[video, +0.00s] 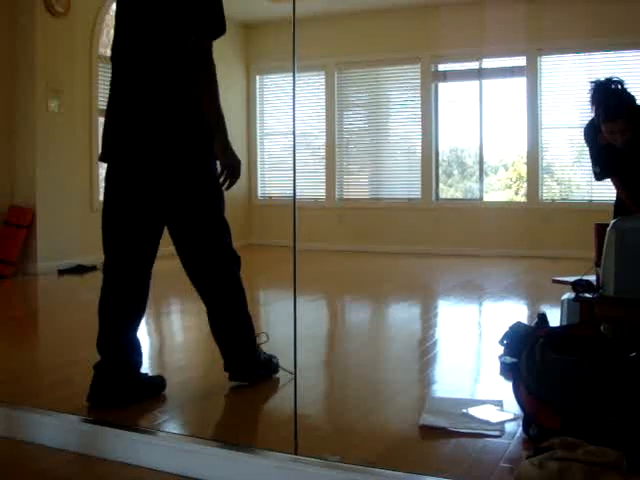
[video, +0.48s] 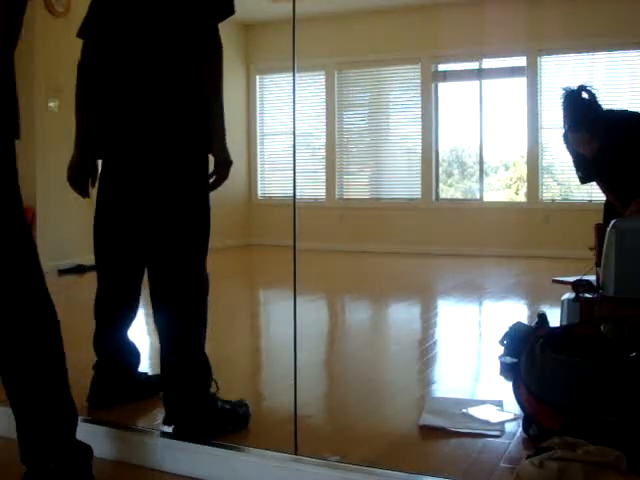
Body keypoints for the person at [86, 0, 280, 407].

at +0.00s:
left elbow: (124, 65)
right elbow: (200, 71)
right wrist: (223, 143)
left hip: (130, 149)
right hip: (183, 150)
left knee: (125, 269)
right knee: (214, 264)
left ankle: (115, 375)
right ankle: (243, 360)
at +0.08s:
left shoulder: (127, 0)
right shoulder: (192, 1)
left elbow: (118, 72)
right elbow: (199, 73)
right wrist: (222, 144)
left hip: (127, 148)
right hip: (182, 149)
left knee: (123, 268)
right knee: (212, 261)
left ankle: (114, 375)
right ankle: (241, 361)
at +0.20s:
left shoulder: (106, 9)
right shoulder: (191, 2)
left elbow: (93, 70)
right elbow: (198, 73)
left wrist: (97, 145)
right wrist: (214, 147)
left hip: (119, 151)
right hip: (183, 148)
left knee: (116, 269)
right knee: (212, 265)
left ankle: (112, 374)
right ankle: (224, 370)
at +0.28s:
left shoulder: (101, 7)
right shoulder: (191, 16)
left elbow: (86, 72)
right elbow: (200, 79)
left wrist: (85, 151)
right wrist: (211, 149)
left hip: (115, 153)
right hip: (180, 152)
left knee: (113, 271)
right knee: (206, 265)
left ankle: (111, 375)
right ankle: (207, 374)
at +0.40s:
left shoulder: (104, 2)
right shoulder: (195, 3)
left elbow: (86, 68)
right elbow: (205, 73)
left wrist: (79, 146)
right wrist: (215, 143)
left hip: (119, 156)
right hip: (178, 155)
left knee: (114, 276)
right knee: (187, 285)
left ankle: (112, 379)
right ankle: (193, 405)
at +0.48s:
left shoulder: (110, 2)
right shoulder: (200, 10)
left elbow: (91, 66)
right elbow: (208, 70)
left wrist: (84, 148)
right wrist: (218, 140)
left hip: (123, 153)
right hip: (179, 152)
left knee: (117, 273)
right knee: (182, 281)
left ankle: (112, 379)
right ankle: (190, 405)